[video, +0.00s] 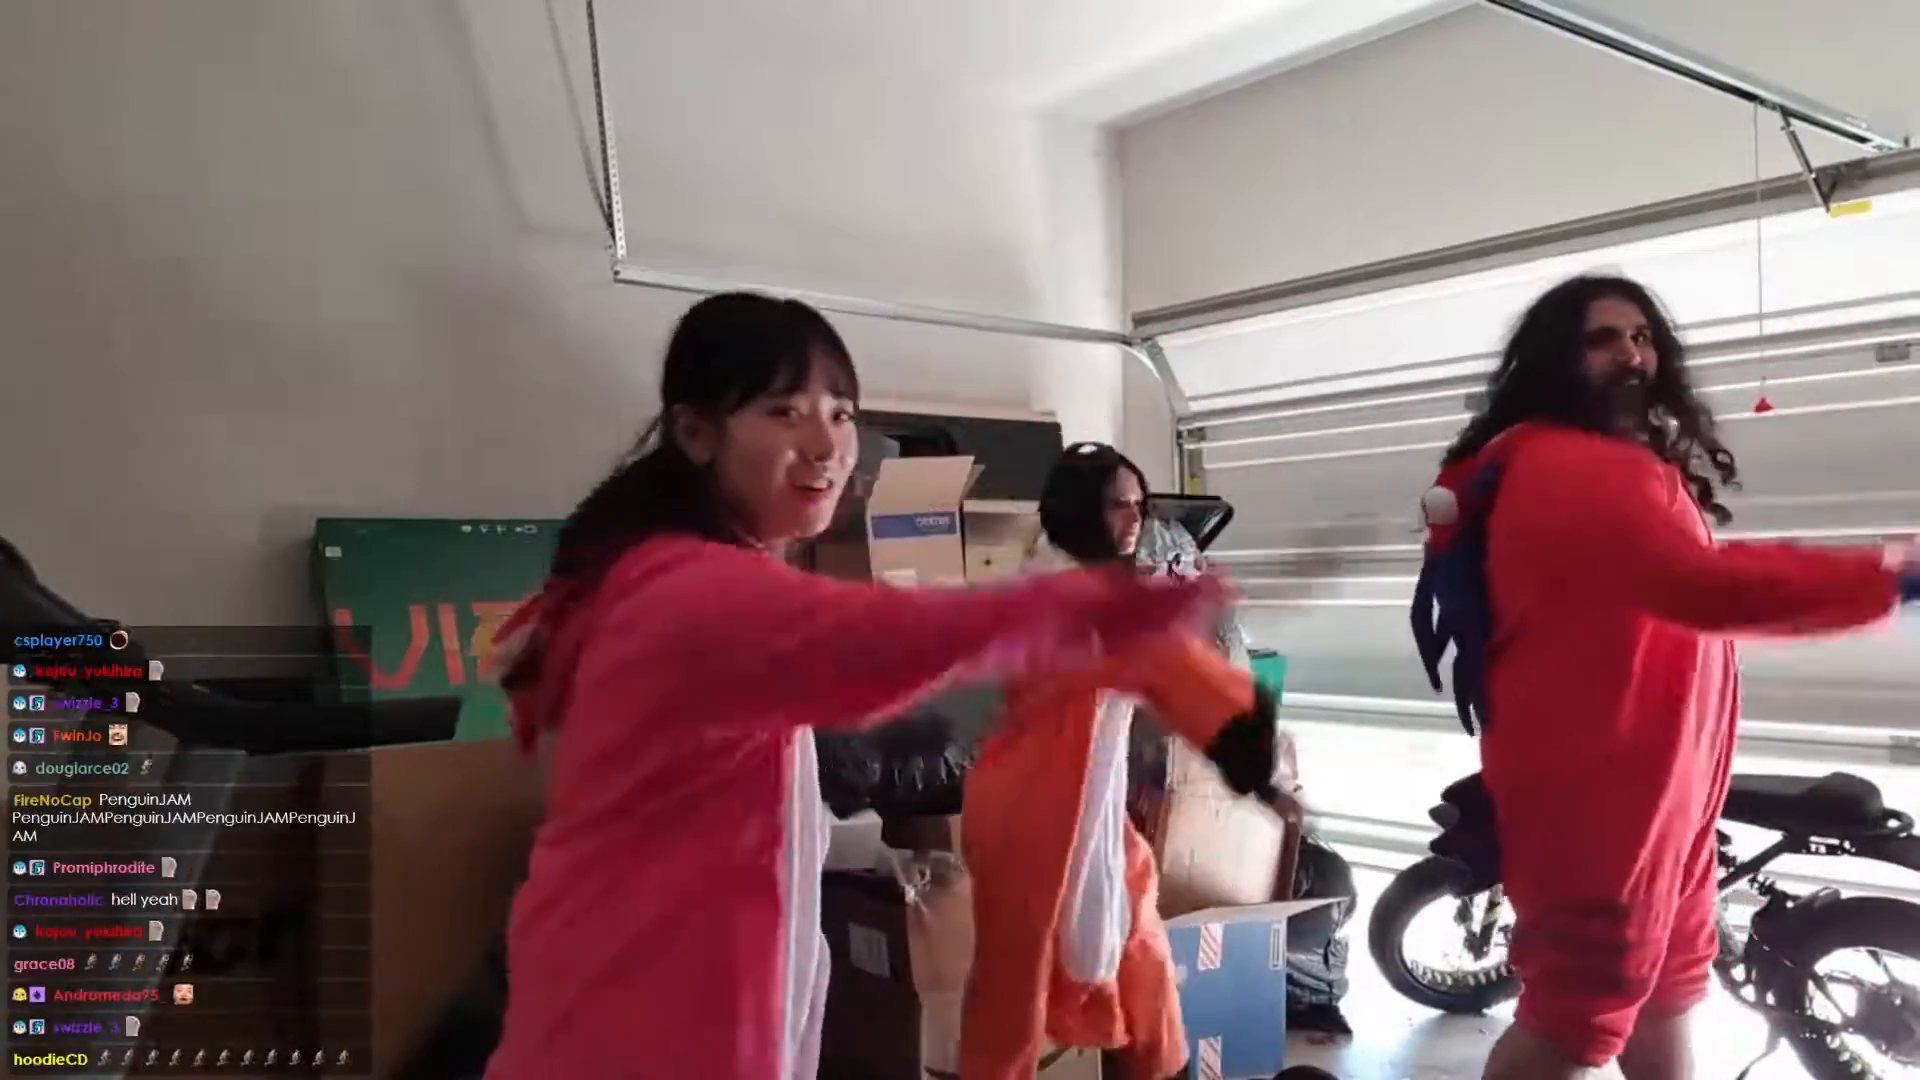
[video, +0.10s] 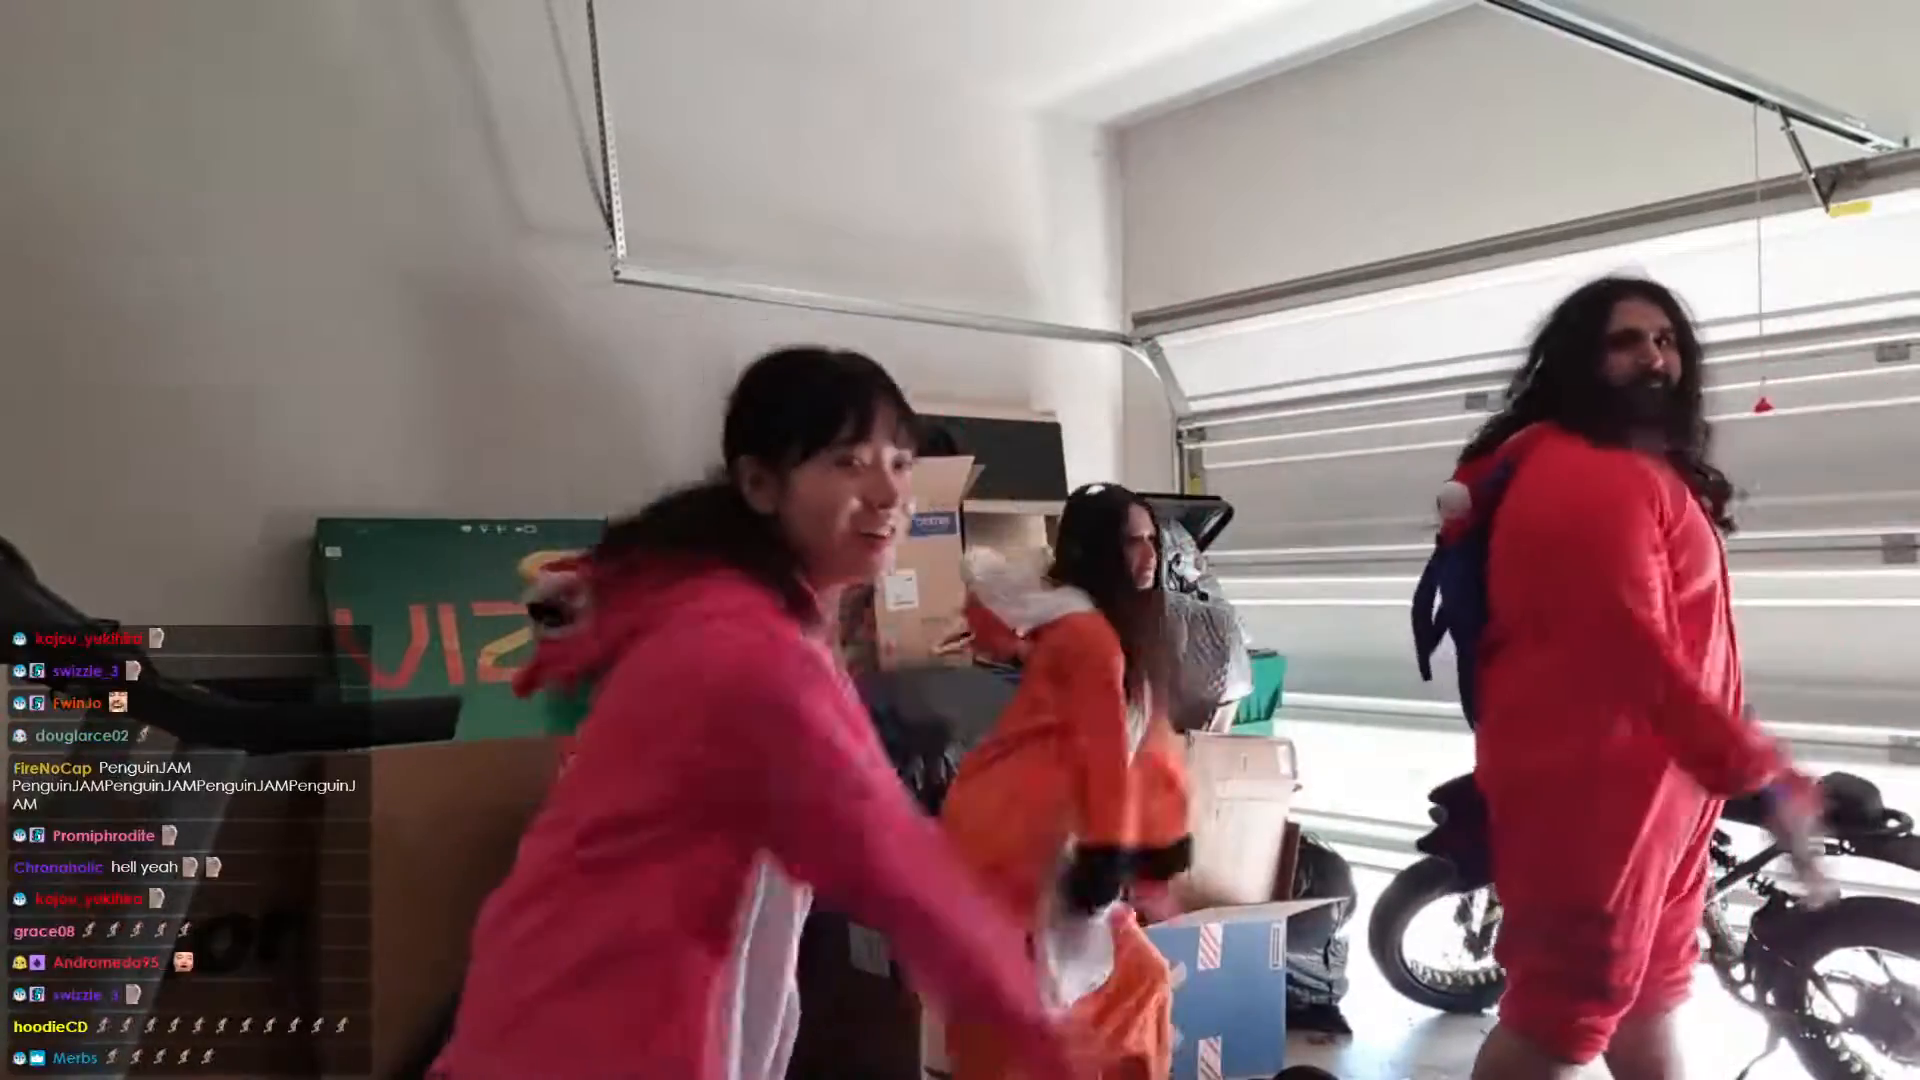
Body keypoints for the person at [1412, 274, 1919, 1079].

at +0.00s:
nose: (1632, 355)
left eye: (1643, 337)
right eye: (1602, 340)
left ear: (1663, 356)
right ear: (1554, 365)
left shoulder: (1637, 467)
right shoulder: (1559, 467)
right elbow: (1692, 581)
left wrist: (1870, 566)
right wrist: (1882, 574)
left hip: (1667, 797)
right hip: (1591, 805)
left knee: (1666, 995)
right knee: (1575, 1021)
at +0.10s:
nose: (1654, 359)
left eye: (1667, 341)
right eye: (1626, 342)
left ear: (1685, 361)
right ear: (1580, 363)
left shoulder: (1648, 474)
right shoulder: (1580, 477)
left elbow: (1681, 655)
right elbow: (1639, 654)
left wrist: (1758, 769)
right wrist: (1764, 777)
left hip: (1661, 794)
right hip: (1591, 800)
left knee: (1647, 1007)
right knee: (1556, 1023)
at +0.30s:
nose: (1662, 356)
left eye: (1674, 339)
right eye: (1636, 340)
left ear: (1693, 356)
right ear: (1588, 357)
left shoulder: (1663, 462)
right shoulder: (1579, 466)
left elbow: (1695, 614)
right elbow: (1634, 639)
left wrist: (1756, 710)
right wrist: (1729, 775)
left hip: (1660, 769)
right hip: (1581, 776)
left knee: (1640, 1003)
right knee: (1554, 1014)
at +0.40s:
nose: (1659, 368)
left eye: (1667, 352)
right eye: (1634, 347)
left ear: (1677, 366)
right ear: (1577, 356)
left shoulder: (1624, 465)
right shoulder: (1564, 468)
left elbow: (1718, 557)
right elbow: (1708, 576)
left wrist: (1836, 592)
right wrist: (1885, 639)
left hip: (1661, 792)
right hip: (1586, 801)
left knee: (1661, 1000)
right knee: (1575, 1020)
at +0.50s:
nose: (1679, 392)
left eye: (1684, 374)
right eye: (1657, 370)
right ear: (1592, 374)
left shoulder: (1621, 469)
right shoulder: (1559, 474)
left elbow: (1727, 473)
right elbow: (1734, 497)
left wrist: (1839, 432)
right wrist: (1909, 441)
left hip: (1671, 795)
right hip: (1598, 809)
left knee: (1716, 990)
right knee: (1620, 1030)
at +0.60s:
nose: (1703, 421)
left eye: (1706, 405)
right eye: (1689, 401)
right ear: (1630, 395)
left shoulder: (1620, 481)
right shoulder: (1570, 490)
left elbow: (1718, 447)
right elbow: (1753, 458)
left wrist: (1774, 346)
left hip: (1669, 795)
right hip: (1603, 815)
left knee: (1746, 984)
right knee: (1649, 1037)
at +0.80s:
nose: (1724, 403)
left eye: (1725, 382)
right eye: (1709, 381)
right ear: (1655, 381)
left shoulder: (1624, 466)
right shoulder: (1583, 468)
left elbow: (1737, 491)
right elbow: (1782, 513)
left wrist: (1828, 428)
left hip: (1651, 795)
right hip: (1592, 809)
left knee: (1700, 981)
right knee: (1614, 1028)